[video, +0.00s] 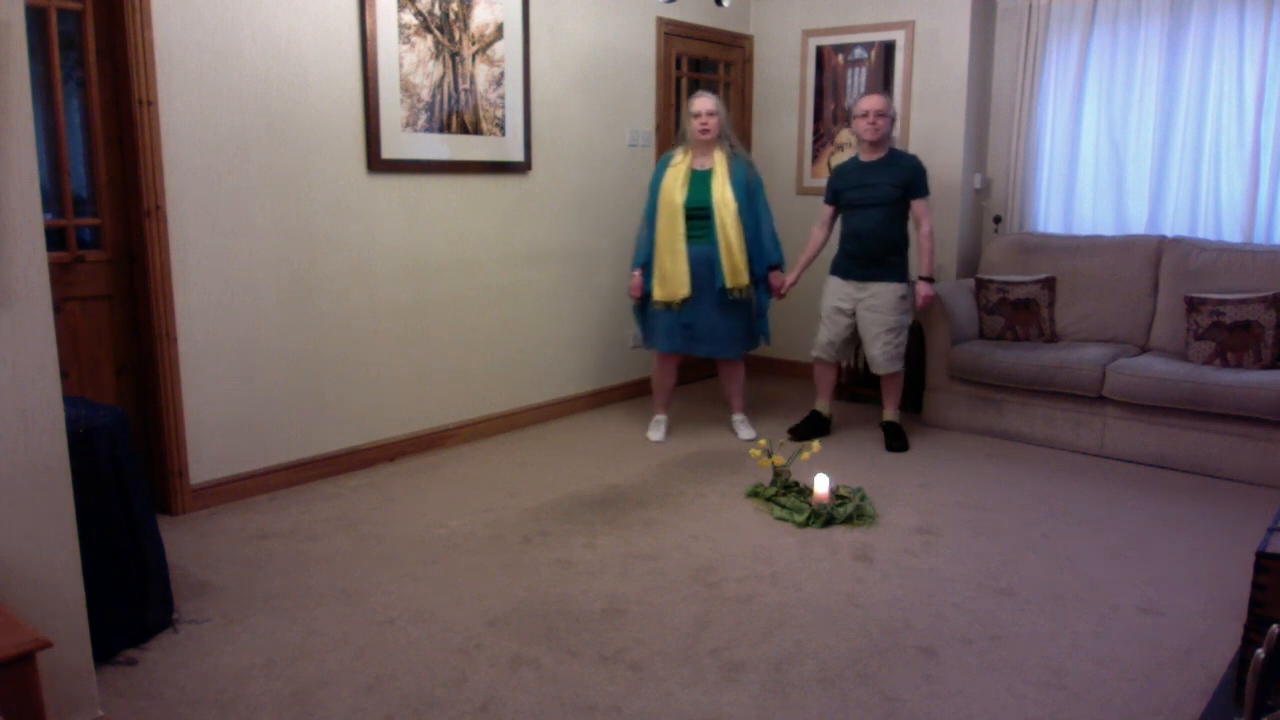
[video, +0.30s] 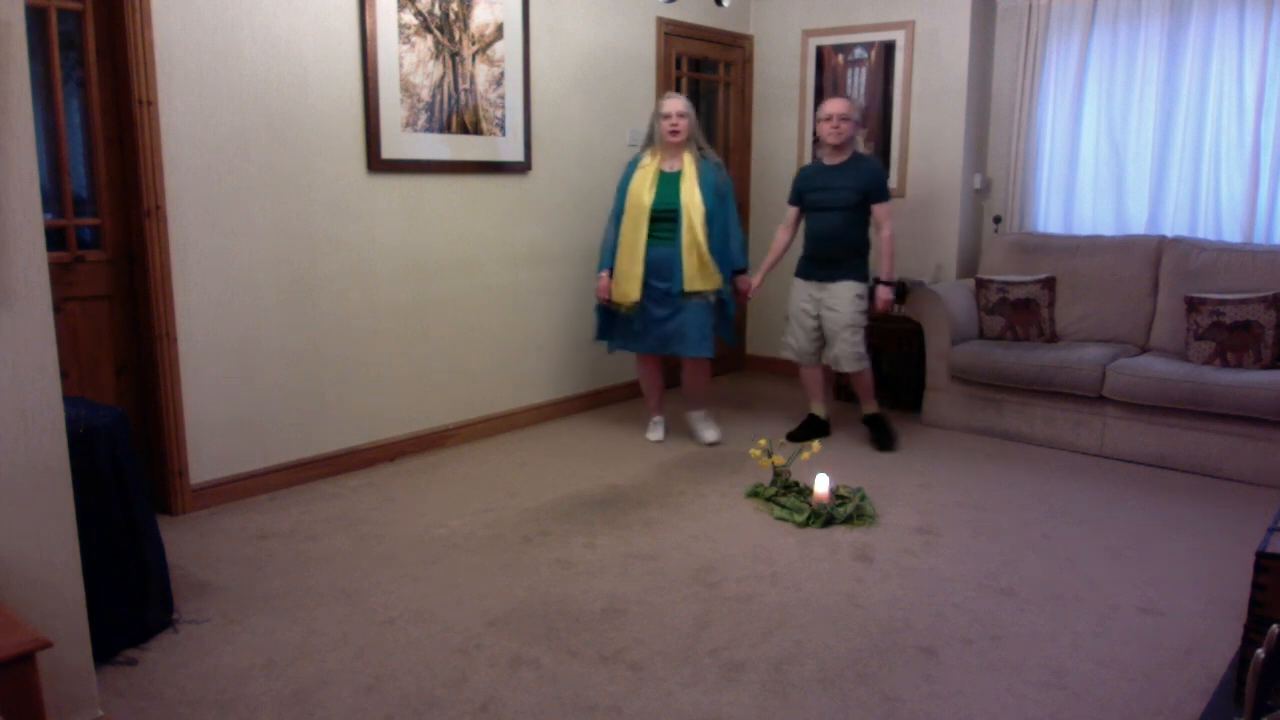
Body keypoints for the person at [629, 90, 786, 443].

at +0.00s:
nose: (704, 121)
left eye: (711, 115)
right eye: (697, 116)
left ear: (722, 120)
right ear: (687, 122)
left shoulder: (739, 166)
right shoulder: (668, 166)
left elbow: (760, 219)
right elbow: (651, 222)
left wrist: (773, 267)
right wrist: (639, 269)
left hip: (727, 272)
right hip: (673, 273)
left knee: (730, 347)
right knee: (667, 348)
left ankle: (738, 413)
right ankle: (660, 414)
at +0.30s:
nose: (674, 123)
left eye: (681, 116)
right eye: (666, 117)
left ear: (692, 122)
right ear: (656, 123)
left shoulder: (710, 169)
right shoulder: (637, 167)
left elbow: (729, 224)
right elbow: (617, 222)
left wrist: (739, 271)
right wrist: (605, 270)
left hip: (694, 276)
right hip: (643, 277)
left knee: (697, 347)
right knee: (648, 348)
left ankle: (698, 412)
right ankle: (655, 416)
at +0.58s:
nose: (659, 122)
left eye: (666, 115)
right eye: (651, 116)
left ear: (677, 121)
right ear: (640, 123)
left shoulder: (695, 168)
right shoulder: (621, 168)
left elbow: (713, 222)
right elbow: (601, 225)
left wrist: (724, 271)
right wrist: (594, 276)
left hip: (679, 276)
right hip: (629, 277)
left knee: (658, 354)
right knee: (640, 352)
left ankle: (636, 432)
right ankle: (655, 415)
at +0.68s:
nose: (654, 122)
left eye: (661, 116)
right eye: (647, 116)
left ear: (673, 122)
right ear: (635, 124)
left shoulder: (689, 169)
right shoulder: (616, 169)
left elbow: (709, 224)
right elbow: (596, 228)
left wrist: (718, 274)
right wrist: (590, 279)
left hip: (674, 277)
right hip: (624, 278)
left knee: (651, 357)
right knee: (639, 353)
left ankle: (632, 438)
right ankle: (654, 413)